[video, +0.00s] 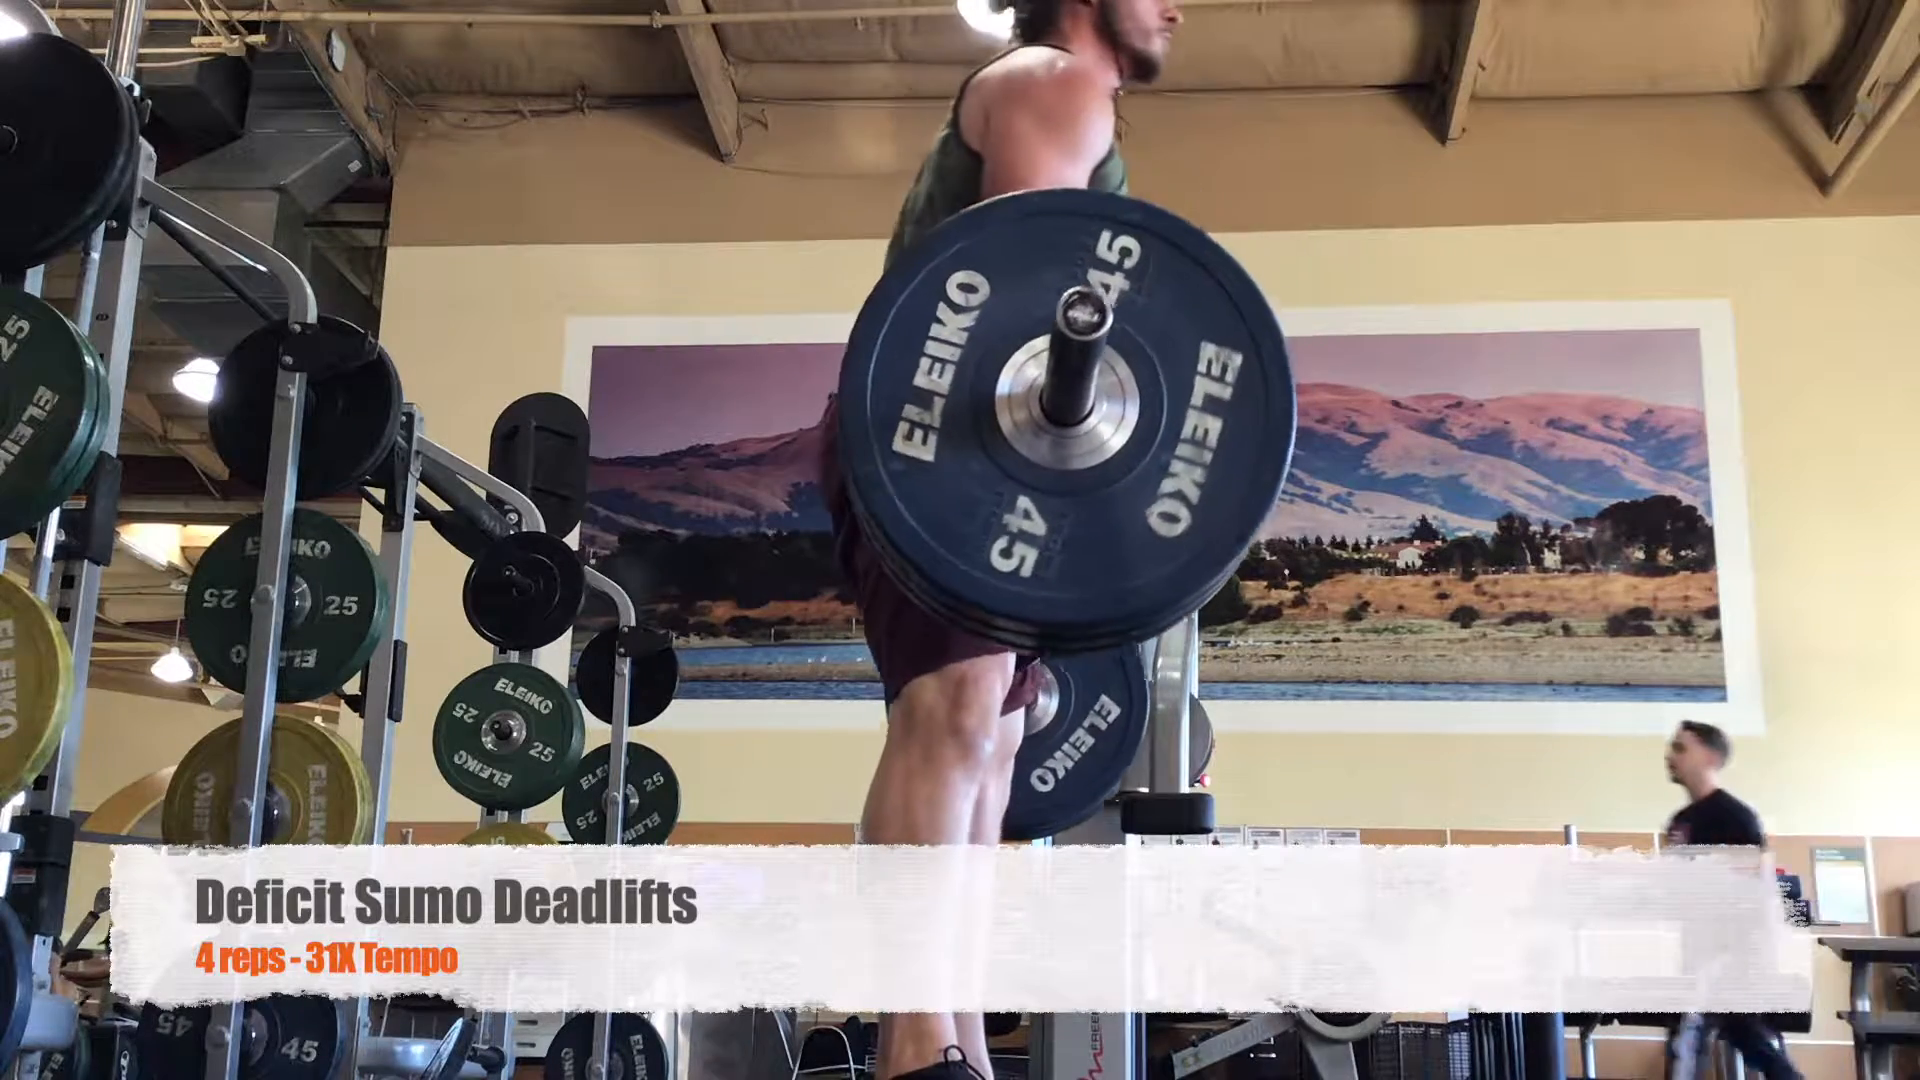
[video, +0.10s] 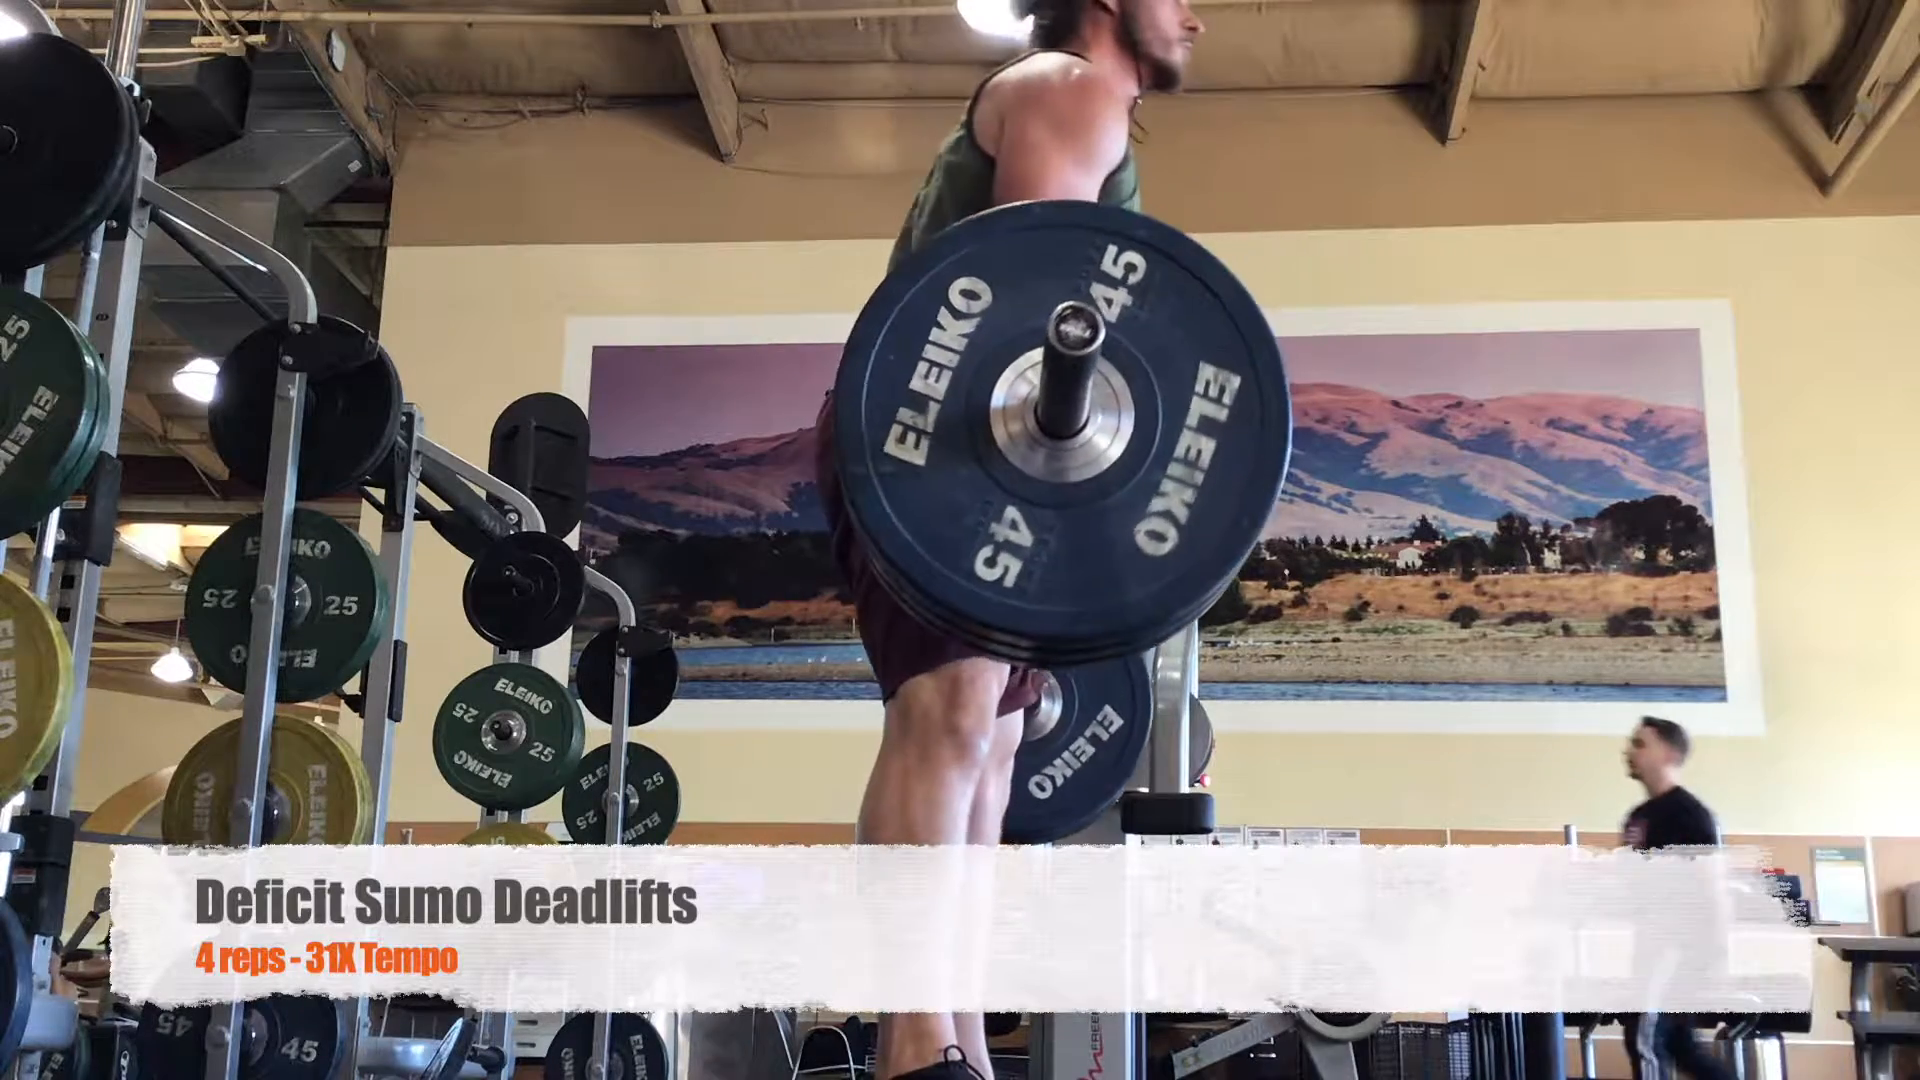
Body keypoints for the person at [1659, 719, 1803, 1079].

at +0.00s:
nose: (1669, 756)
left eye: (1679, 748)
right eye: (1671, 747)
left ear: (1710, 757)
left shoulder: (1739, 818)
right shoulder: (1679, 823)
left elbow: (1760, 898)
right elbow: (1673, 890)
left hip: (1739, 952)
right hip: (1698, 951)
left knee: (1684, 1043)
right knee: (1754, 1045)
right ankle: (1786, 1072)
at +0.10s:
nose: (1628, 752)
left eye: (1638, 744)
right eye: (1631, 744)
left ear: (1669, 754)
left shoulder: (1693, 816)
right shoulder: (1636, 818)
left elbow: (1709, 899)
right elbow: (1628, 887)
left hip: (1688, 948)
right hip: (1651, 946)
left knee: (1646, 1039)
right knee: (1679, 1045)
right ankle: (1726, 1074)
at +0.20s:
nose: (1587, 744)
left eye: (1598, 736)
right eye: (1589, 735)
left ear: (1627, 744)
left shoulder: (1649, 806)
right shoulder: (1597, 808)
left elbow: (1658, 884)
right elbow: (1588, 876)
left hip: (1636, 939)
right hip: (1603, 936)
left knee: (1623, 1043)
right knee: (1601, 1041)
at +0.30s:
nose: (1545, 738)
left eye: (1555, 731)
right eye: (1547, 730)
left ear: (1586, 739)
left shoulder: (1607, 798)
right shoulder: (1556, 802)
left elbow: (1614, 882)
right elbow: (1546, 870)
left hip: (1600, 936)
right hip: (1561, 934)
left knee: (1618, 1038)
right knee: (1539, 1025)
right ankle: (1563, 1074)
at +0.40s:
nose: (1501, 741)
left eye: (1512, 733)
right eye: (1504, 733)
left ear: (1541, 743)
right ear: (1533, 744)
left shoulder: (1561, 800)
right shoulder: (1515, 805)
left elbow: (1561, 877)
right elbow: (1507, 872)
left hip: (1552, 938)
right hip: (1519, 936)